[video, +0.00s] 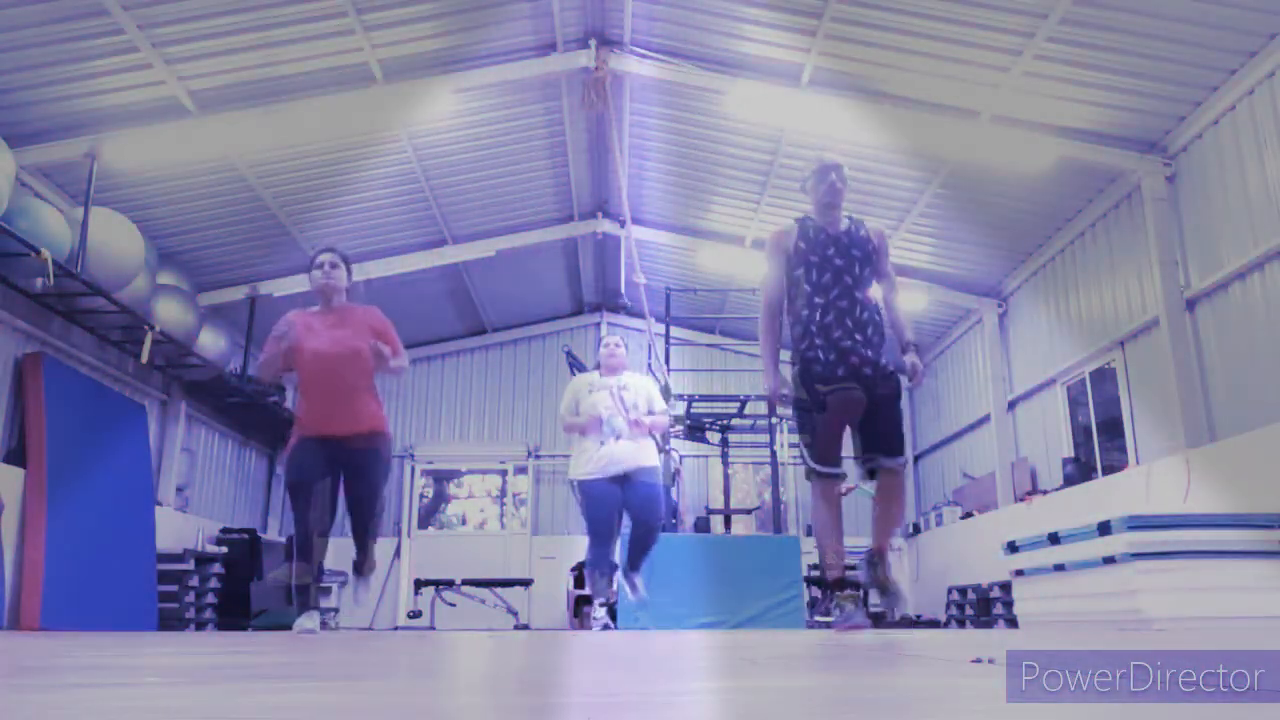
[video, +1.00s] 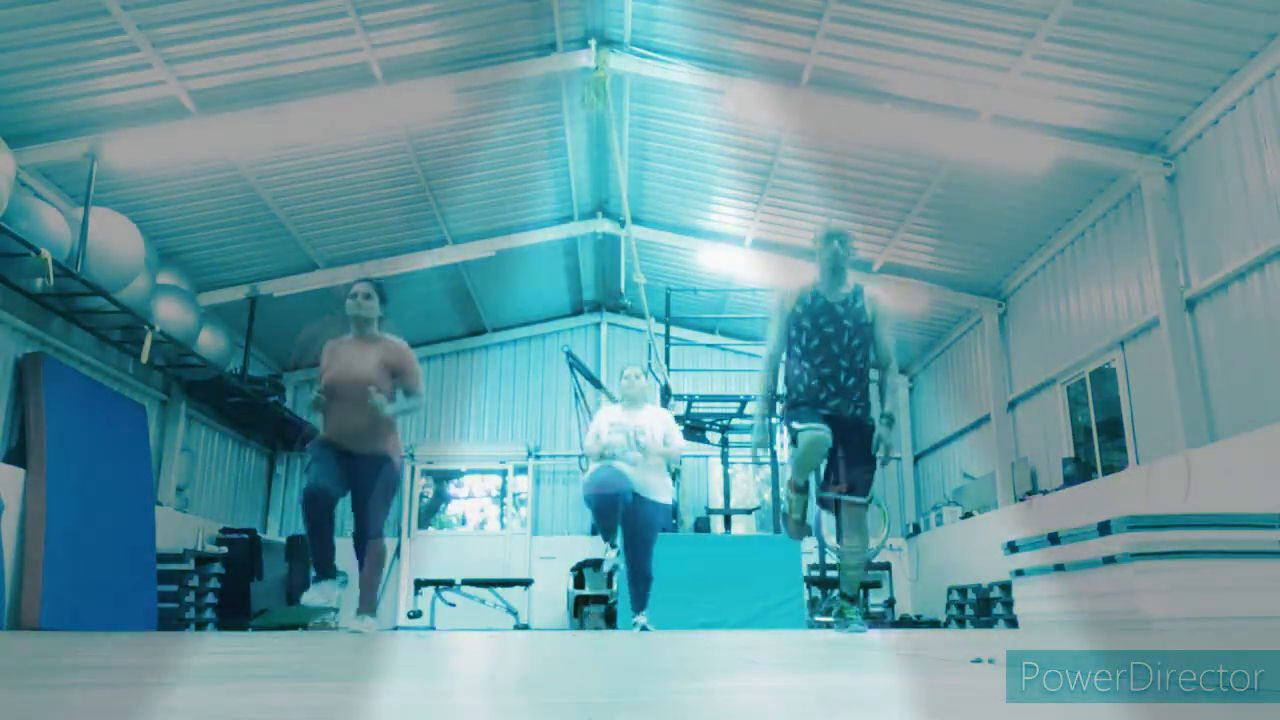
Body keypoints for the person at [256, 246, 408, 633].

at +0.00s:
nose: (326, 271)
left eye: (334, 266)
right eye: (319, 267)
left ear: (348, 277)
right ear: (309, 279)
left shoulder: (369, 316)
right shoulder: (296, 320)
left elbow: (402, 364)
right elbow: (264, 375)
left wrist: (387, 360)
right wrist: (276, 345)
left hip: (364, 431)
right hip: (313, 432)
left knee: (364, 510)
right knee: (301, 495)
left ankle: (364, 554)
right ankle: (306, 607)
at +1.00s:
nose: (359, 301)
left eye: (367, 296)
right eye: (353, 296)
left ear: (381, 306)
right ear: (345, 305)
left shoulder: (395, 349)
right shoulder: (332, 349)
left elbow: (416, 397)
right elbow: (323, 400)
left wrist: (391, 407)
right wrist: (319, 398)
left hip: (377, 453)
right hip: (334, 447)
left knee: (368, 532)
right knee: (315, 493)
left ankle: (366, 613)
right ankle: (326, 579)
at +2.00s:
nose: (362, 300)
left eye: (370, 296)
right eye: (356, 295)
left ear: (381, 306)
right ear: (346, 305)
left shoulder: (397, 341)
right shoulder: (327, 341)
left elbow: (420, 389)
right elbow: (296, 385)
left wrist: (391, 377)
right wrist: (316, 378)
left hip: (385, 436)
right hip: (341, 441)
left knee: (372, 482)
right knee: (339, 517)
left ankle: (373, 569)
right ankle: (343, 604)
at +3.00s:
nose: (349, 311)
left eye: (357, 307)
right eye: (343, 307)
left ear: (371, 319)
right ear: (336, 320)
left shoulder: (390, 356)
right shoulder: (324, 364)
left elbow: (415, 402)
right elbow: (319, 417)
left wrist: (396, 416)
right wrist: (300, 407)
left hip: (383, 463)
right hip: (338, 461)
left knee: (380, 536)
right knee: (335, 529)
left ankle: (383, 610)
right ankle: (335, 611)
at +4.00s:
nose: (350, 262)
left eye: (359, 257)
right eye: (345, 256)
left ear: (374, 268)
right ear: (336, 266)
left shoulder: (390, 310)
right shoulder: (321, 309)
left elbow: (413, 364)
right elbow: (314, 362)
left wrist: (372, 372)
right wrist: (298, 392)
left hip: (366, 420)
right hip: (320, 418)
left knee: (352, 510)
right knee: (295, 489)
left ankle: (352, 605)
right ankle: (320, 561)